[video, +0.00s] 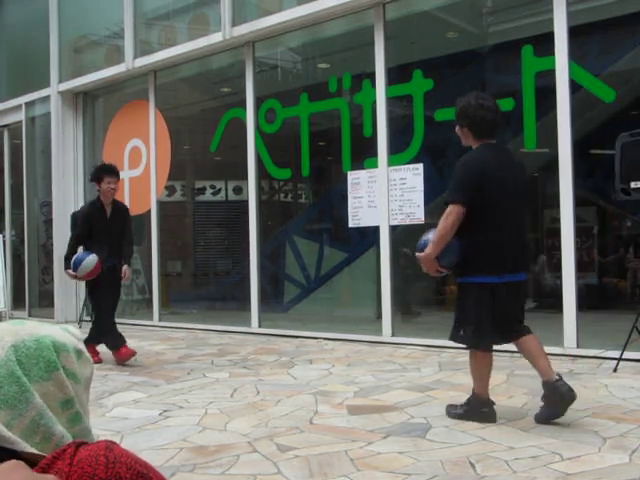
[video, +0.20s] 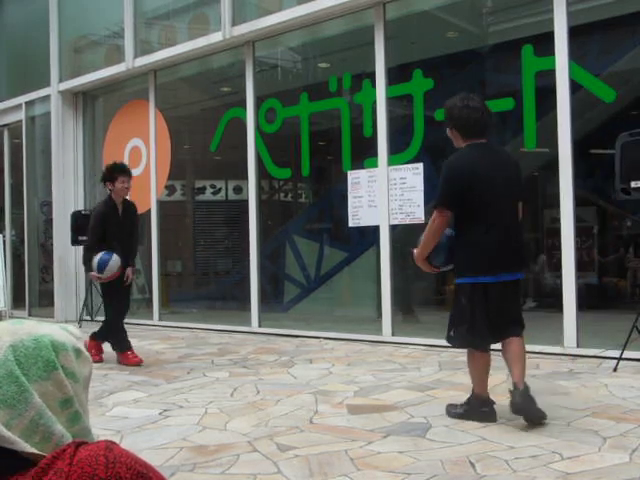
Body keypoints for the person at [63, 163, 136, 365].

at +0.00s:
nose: (112, 187)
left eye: (115, 183)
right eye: (108, 183)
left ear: (118, 186)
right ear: (98, 186)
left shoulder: (122, 211)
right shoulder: (86, 213)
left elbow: (128, 240)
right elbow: (76, 240)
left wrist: (126, 262)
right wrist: (68, 264)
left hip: (115, 264)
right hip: (93, 265)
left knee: (109, 306)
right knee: (101, 307)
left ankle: (90, 343)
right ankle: (118, 346)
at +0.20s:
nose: (127, 186)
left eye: (128, 182)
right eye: (122, 182)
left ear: (130, 184)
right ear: (109, 186)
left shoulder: (130, 208)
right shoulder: (101, 210)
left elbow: (133, 238)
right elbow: (91, 241)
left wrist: (131, 264)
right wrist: (89, 268)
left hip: (125, 263)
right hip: (106, 265)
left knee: (122, 306)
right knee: (113, 307)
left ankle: (96, 339)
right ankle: (123, 349)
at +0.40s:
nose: (141, 187)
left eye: (142, 183)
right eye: (137, 183)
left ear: (142, 184)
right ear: (124, 184)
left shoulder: (138, 207)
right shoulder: (113, 208)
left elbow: (143, 238)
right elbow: (109, 241)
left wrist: (144, 266)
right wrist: (117, 268)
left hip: (133, 266)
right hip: (114, 266)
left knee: (143, 300)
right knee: (119, 305)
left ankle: (124, 337)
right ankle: (122, 349)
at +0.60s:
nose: (154, 187)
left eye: (155, 183)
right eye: (149, 183)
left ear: (154, 184)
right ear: (137, 185)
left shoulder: (146, 208)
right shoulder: (125, 208)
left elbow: (148, 238)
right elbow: (127, 242)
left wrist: (155, 263)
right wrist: (139, 268)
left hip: (137, 265)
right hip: (120, 267)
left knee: (145, 304)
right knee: (124, 309)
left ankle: (157, 341)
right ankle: (125, 351)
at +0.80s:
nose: (163, 189)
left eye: (165, 185)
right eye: (159, 185)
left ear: (165, 186)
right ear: (146, 186)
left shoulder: (158, 210)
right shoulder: (133, 208)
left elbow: (159, 241)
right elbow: (133, 242)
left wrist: (166, 263)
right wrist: (149, 264)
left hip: (147, 266)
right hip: (129, 267)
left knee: (154, 304)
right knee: (128, 308)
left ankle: (159, 342)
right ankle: (127, 350)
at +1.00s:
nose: (165, 185)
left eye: (167, 182)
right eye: (161, 181)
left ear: (168, 184)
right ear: (148, 182)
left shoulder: (163, 208)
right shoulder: (137, 206)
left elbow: (164, 238)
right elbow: (132, 238)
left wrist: (175, 253)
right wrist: (148, 253)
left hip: (156, 260)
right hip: (137, 261)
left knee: (160, 300)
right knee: (143, 301)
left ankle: (160, 340)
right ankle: (143, 343)